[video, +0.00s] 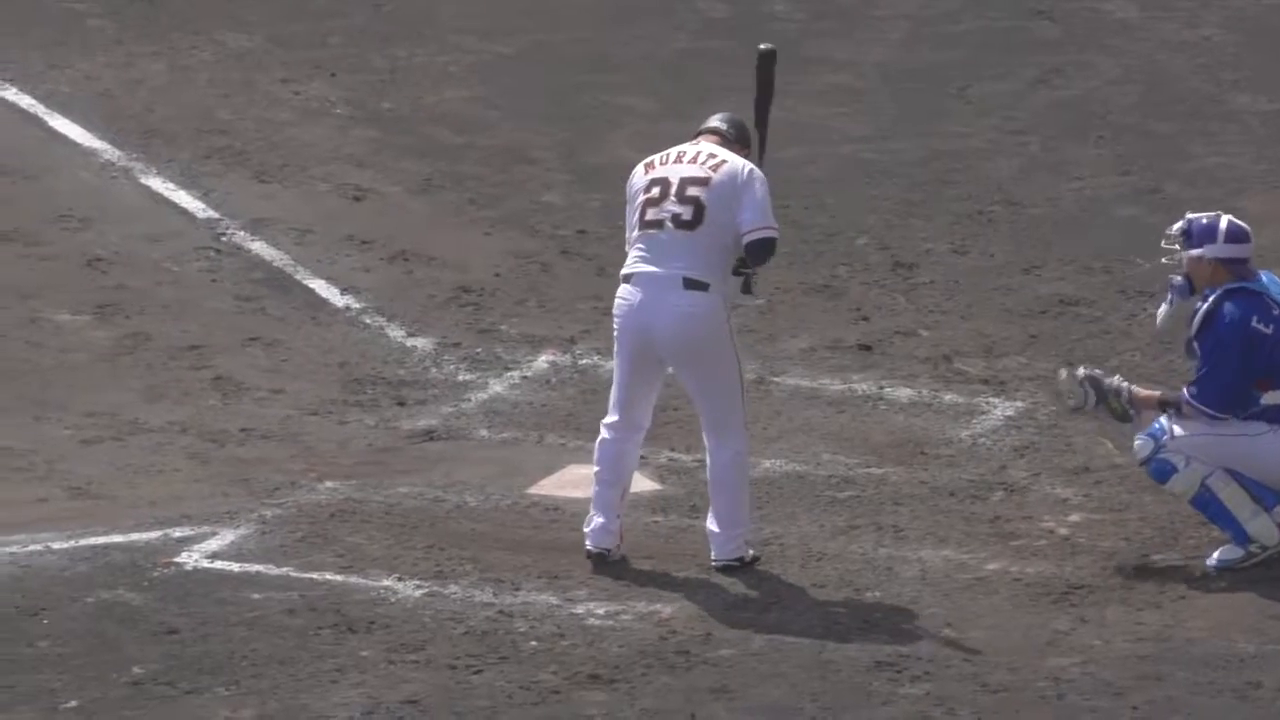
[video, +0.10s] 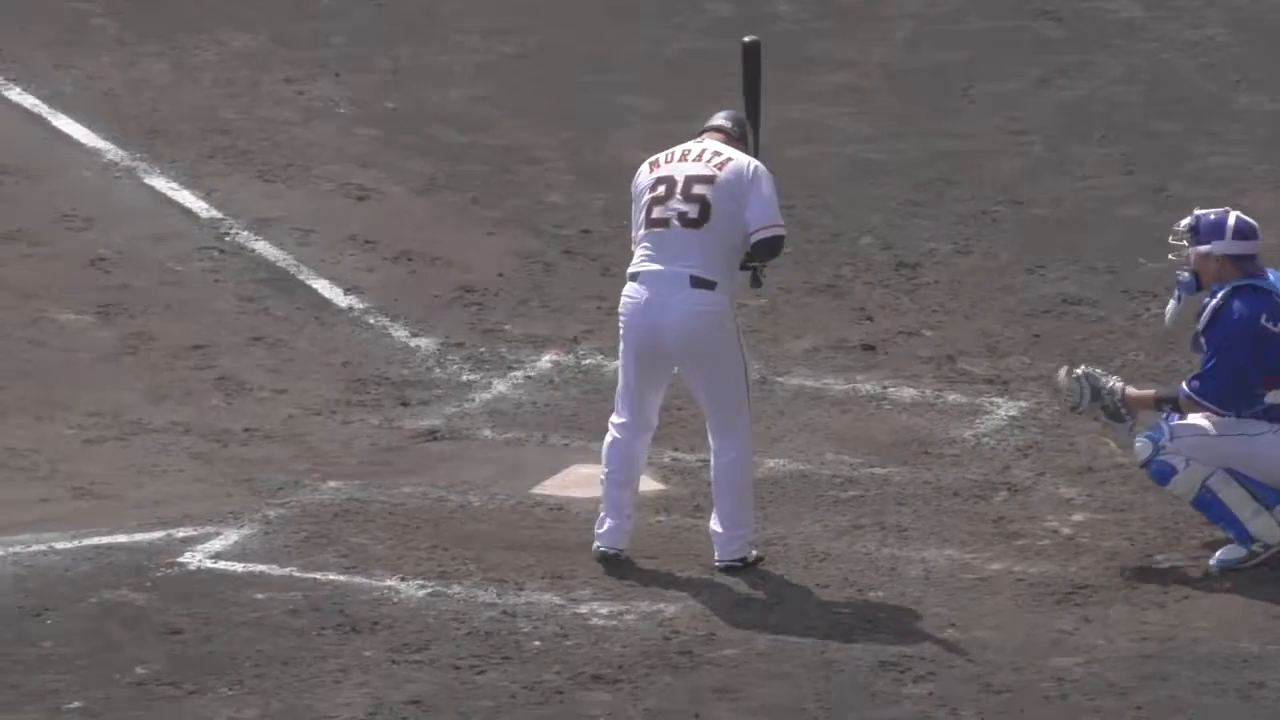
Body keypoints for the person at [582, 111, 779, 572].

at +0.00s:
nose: (743, 158)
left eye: (741, 152)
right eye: (744, 153)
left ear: (700, 134)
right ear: (740, 145)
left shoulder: (644, 166)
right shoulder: (742, 170)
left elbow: (638, 238)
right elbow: (760, 246)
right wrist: (742, 262)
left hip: (632, 299)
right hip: (696, 306)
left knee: (623, 421)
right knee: (724, 430)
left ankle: (600, 537)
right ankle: (729, 546)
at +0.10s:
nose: (744, 151)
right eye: (745, 144)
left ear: (703, 131)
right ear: (742, 140)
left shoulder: (650, 164)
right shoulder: (747, 167)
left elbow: (643, 235)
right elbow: (768, 242)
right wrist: (751, 260)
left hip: (639, 299)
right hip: (704, 306)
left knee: (629, 421)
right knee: (729, 430)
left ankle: (610, 537)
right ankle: (732, 547)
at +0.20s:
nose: (744, 147)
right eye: (746, 139)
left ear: (704, 129)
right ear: (743, 136)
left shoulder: (653, 164)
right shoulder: (748, 166)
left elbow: (650, 234)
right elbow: (774, 238)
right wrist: (757, 258)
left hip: (643, 301)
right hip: (707, 307)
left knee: (633, 417)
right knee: (733, 429)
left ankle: (601, 531)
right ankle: (736, 546)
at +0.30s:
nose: (740, 141)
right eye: (742, 133)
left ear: (698, 125)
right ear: (739, 131)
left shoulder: (651, 163)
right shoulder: (747, 166)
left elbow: (652, 233)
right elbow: (775, 239)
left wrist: (741, 243)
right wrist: (752, 251)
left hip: (642, 303)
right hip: (706, 309)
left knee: (633, 419)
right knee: (736, 429)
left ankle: (602, 532)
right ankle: (739, 545)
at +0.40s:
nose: (737, 138)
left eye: (732, 131)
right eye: (737, 131)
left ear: (691, 123)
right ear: (732, 129)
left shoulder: (648, 162)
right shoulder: (743, 163)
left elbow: (654, 227)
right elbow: (776, 238)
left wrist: (737, 229)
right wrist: (740, 240)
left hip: (643, 303)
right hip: (706, 309)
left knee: (636, 418)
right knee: (738, 430)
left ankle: (604, 531)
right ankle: (740, 545)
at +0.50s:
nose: (729, 123)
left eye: (724, 116)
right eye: (728, 116)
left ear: (678, 115)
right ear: (723, 116)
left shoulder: (644, 161)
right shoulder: (737, 159)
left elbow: (656, 222)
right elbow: (780, 229)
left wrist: (730, 213)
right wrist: (734, 217)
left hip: (644, 304)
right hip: (706, 311)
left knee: (639, 417)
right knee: (738, 430)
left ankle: (605, 530)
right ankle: (741, 543)